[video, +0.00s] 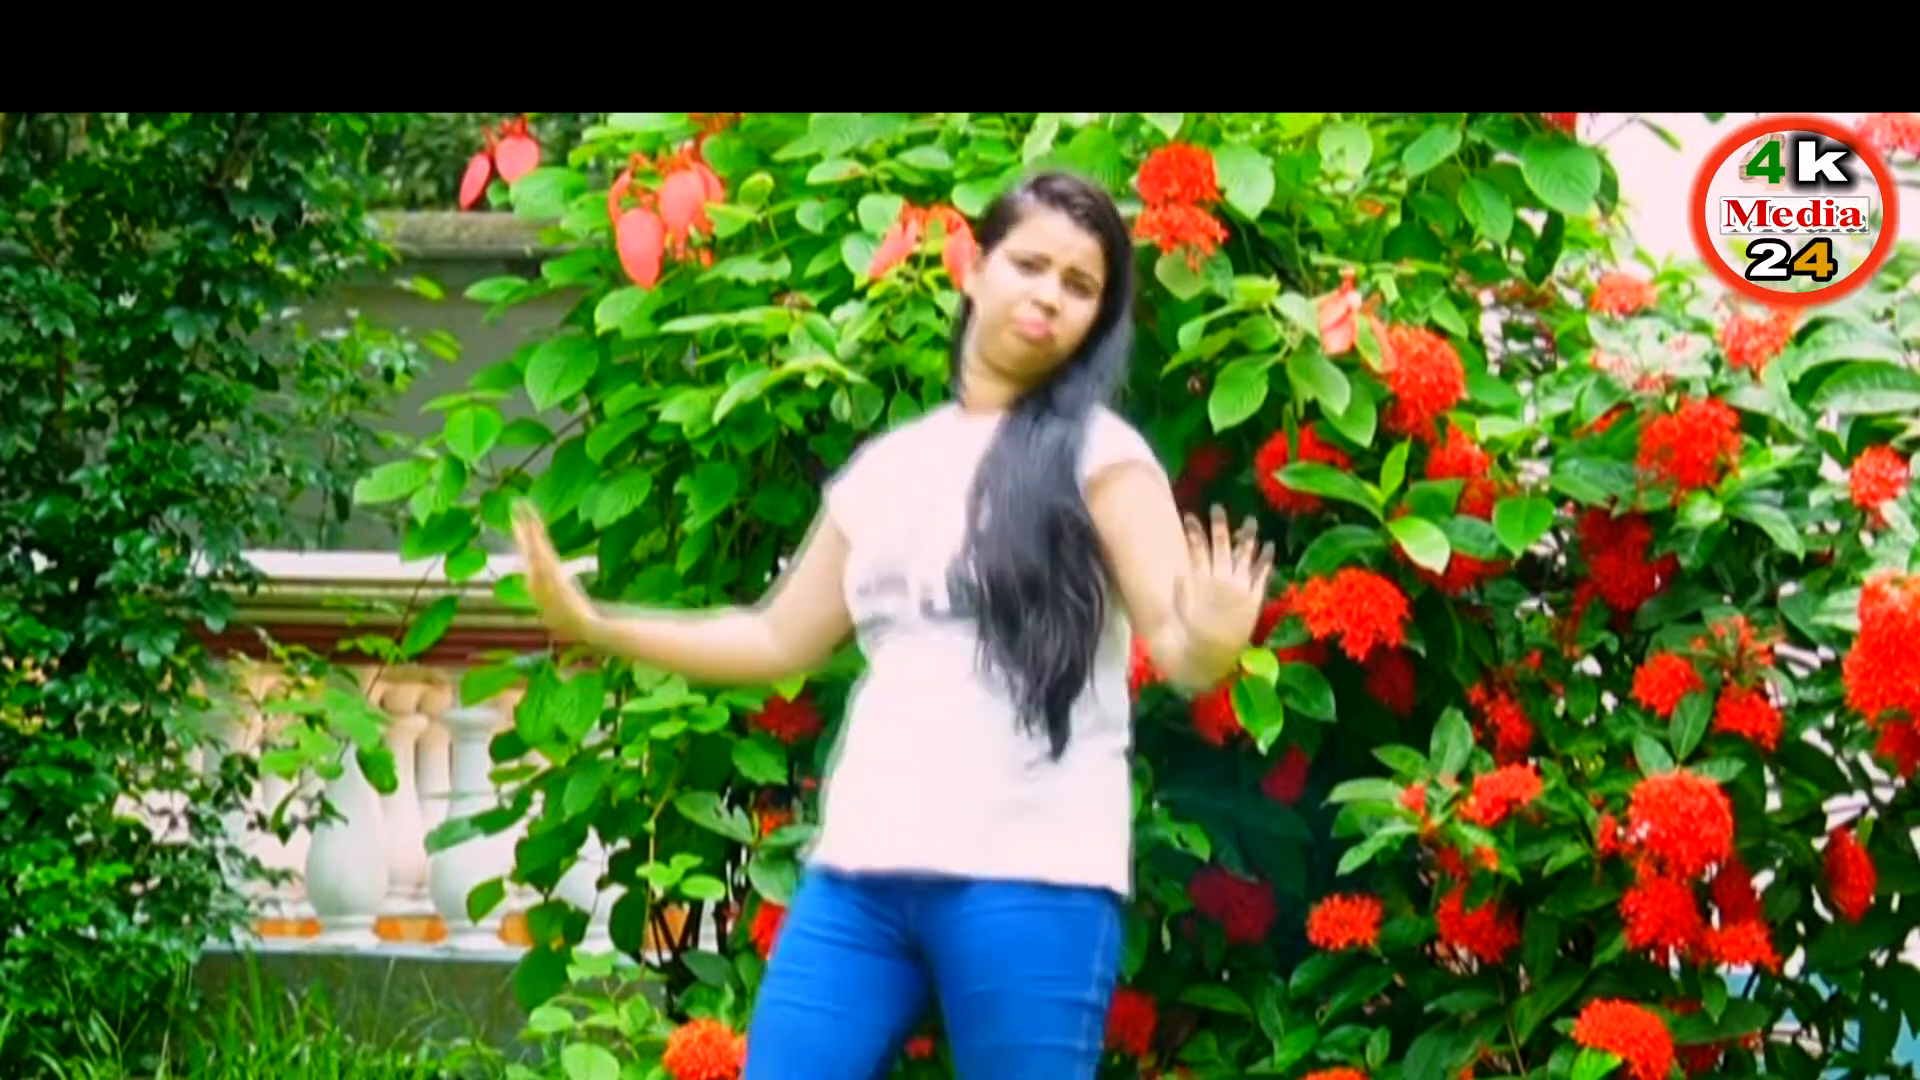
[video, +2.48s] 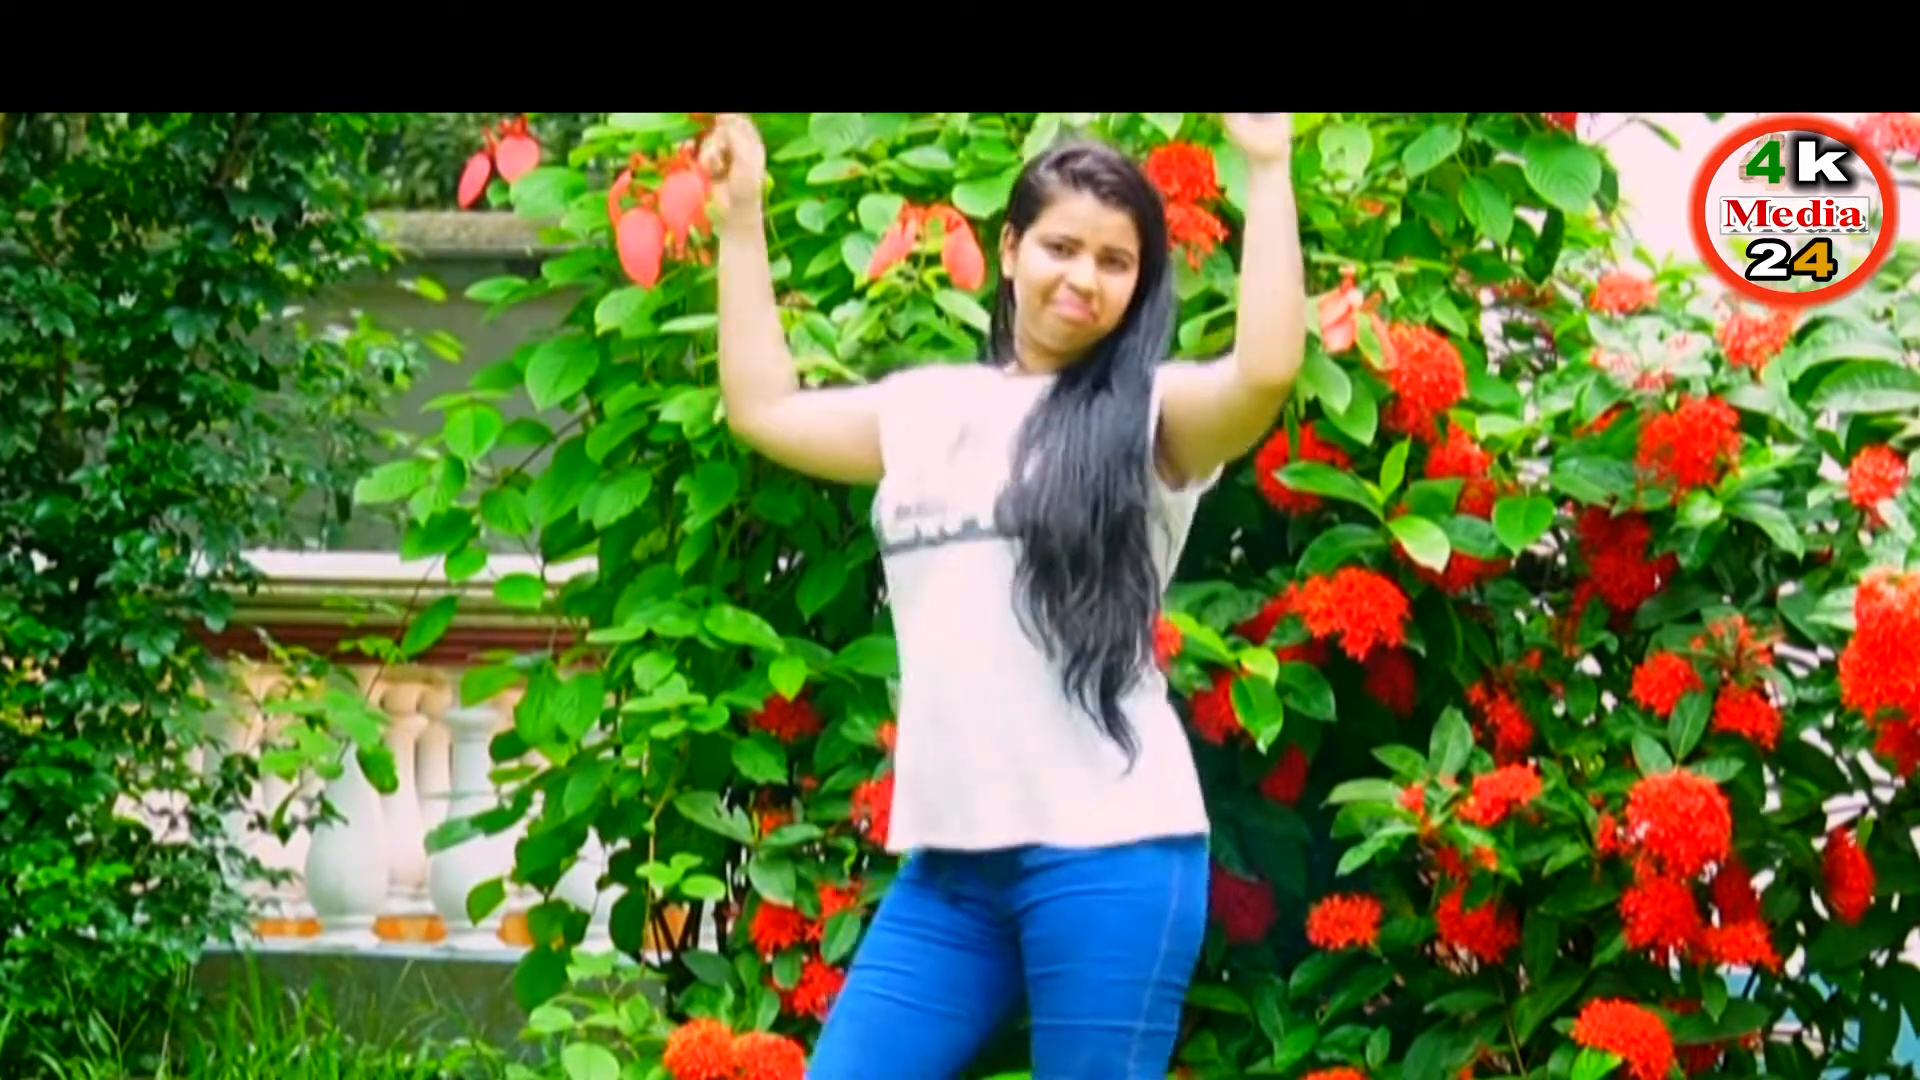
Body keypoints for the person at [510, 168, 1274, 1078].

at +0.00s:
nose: (1048, 299)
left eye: (1079, 285)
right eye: (1029, 265)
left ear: (1097, 317)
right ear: (975, 267)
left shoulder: (1100, 450)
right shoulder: (887, 465)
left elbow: (1179, 651)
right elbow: (778, 641)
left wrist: (1214, 643)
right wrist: (591, 624)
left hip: (1032, 879)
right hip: (858, 866)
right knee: (779, 1068)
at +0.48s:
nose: (1036, 251)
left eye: (1062, 234)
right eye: (1014, 219)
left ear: (1080, 258)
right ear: (949, 221)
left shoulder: (1118, 401)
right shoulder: (846, 406)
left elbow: (1203, 587)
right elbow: (713, 558)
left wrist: (1270, 502)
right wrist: (575, 456)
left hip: (1040, 843)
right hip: (847, 831)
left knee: (1053, 1072)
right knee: (823, 1074)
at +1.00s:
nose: (1080, 273)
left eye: (1111, 255)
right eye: (1058, 241)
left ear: (1135, 281)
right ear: (1006, 246)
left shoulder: (1146, 391)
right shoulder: (972, 430)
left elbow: (1264, 496)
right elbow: (870, 523)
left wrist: (1296, 355)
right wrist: (724, 401)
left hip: (1101, 862)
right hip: (948, 853)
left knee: (1069, 1070)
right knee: (876, 1068)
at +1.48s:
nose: (1068, 274)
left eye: (1098, 254)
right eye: (1045, 243)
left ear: (1128, 279)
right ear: (997, 252)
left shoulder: (1132, 395)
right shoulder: (959, 423)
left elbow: (1225, 458)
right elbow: (860, 484)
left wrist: (1237, 261)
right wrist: (779, 314)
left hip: (1072, 864)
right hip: (916, 860)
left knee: (1049, 1068)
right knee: (825, 1068)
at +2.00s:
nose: (1059, 241)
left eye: (1089, 224)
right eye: (1037, 209)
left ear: (1115, 248)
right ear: (986, 215)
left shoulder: (1134, 367)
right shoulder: (901, 385)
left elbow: (1258, 327)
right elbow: (745, 403)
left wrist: (1235, 135)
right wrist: (709, 223)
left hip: (1080, 843)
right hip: (898, 841)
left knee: (1083, 1069)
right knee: (846, 1069)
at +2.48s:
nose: (1082, 280)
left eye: (1114, 261)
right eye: (1059, 247)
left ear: (1140, 286)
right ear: (1010, 251)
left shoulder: (1153, 411)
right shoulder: (923, 407)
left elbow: (1268, 369)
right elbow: (761, 408)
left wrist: (1267, 164)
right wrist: (737, 222)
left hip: (1112, 861)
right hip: (948, 864)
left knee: (1093, 1070)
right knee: (844, 1069)